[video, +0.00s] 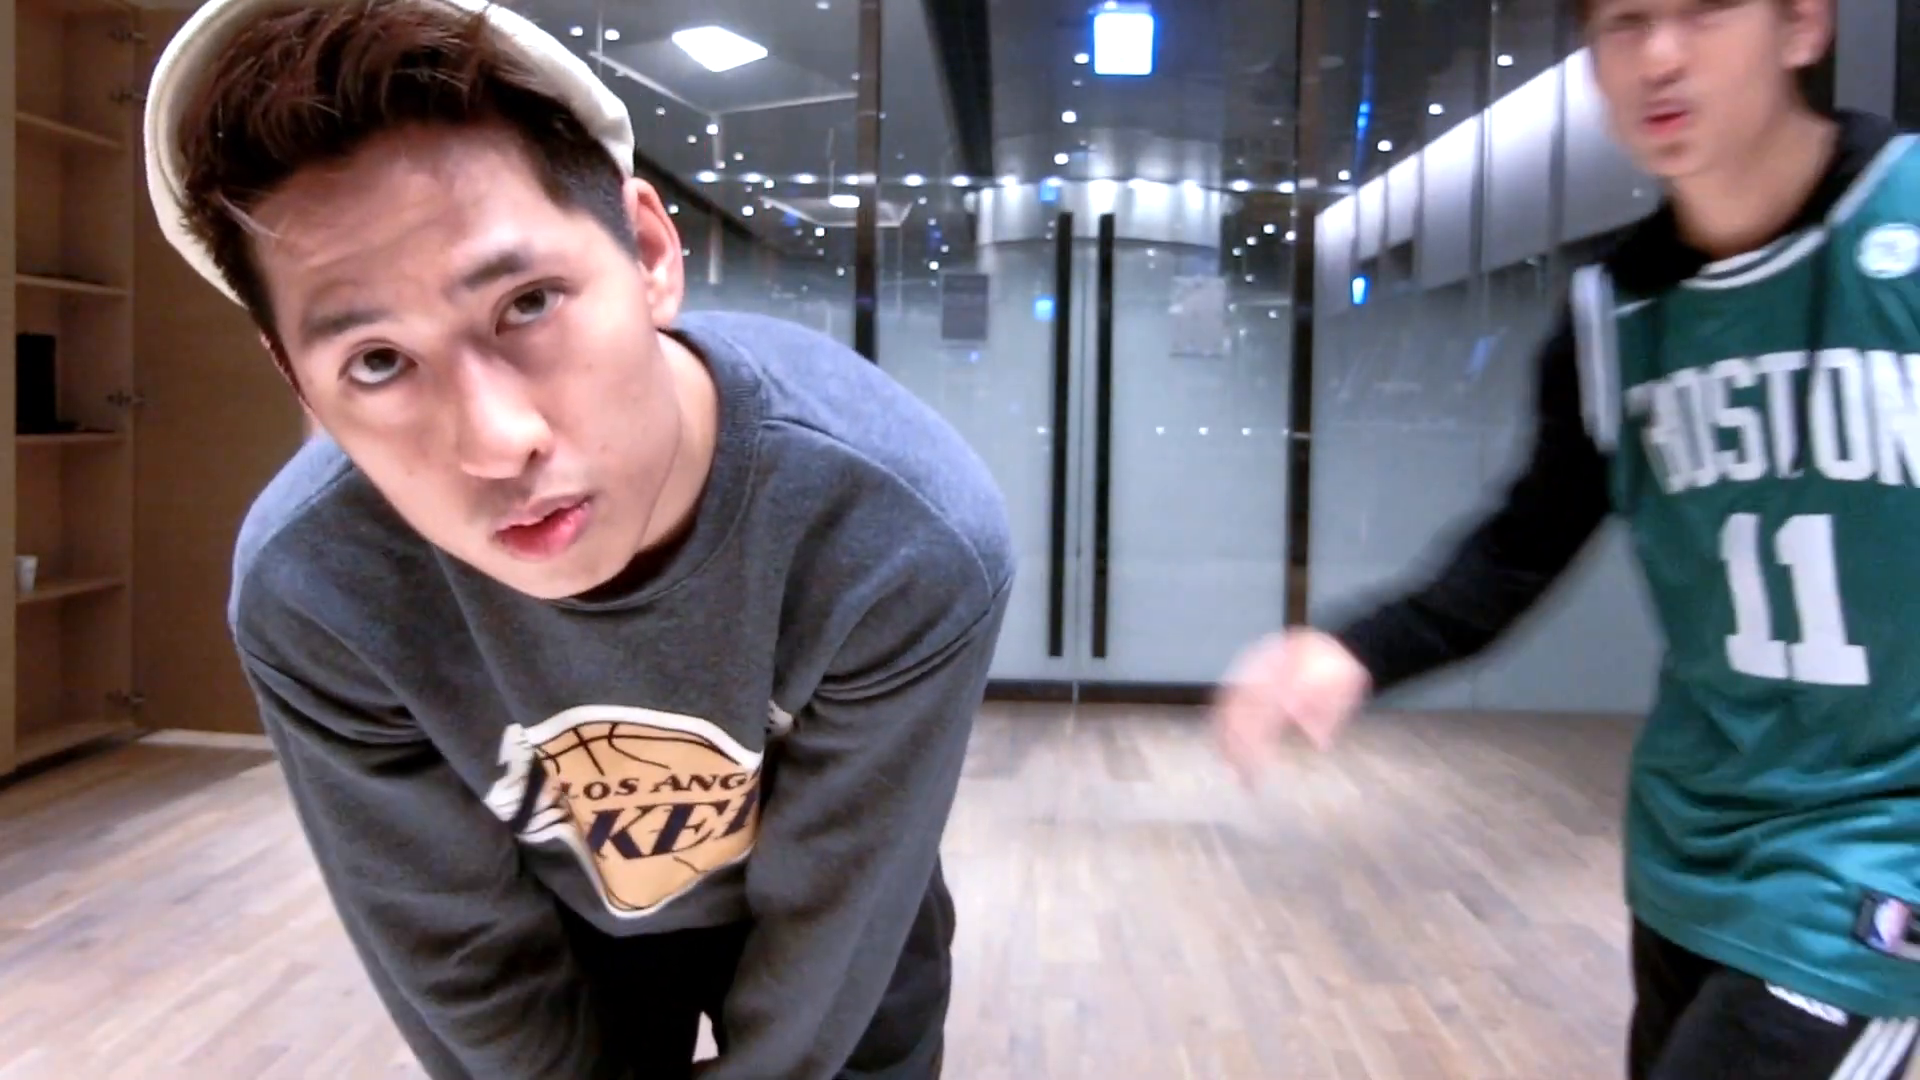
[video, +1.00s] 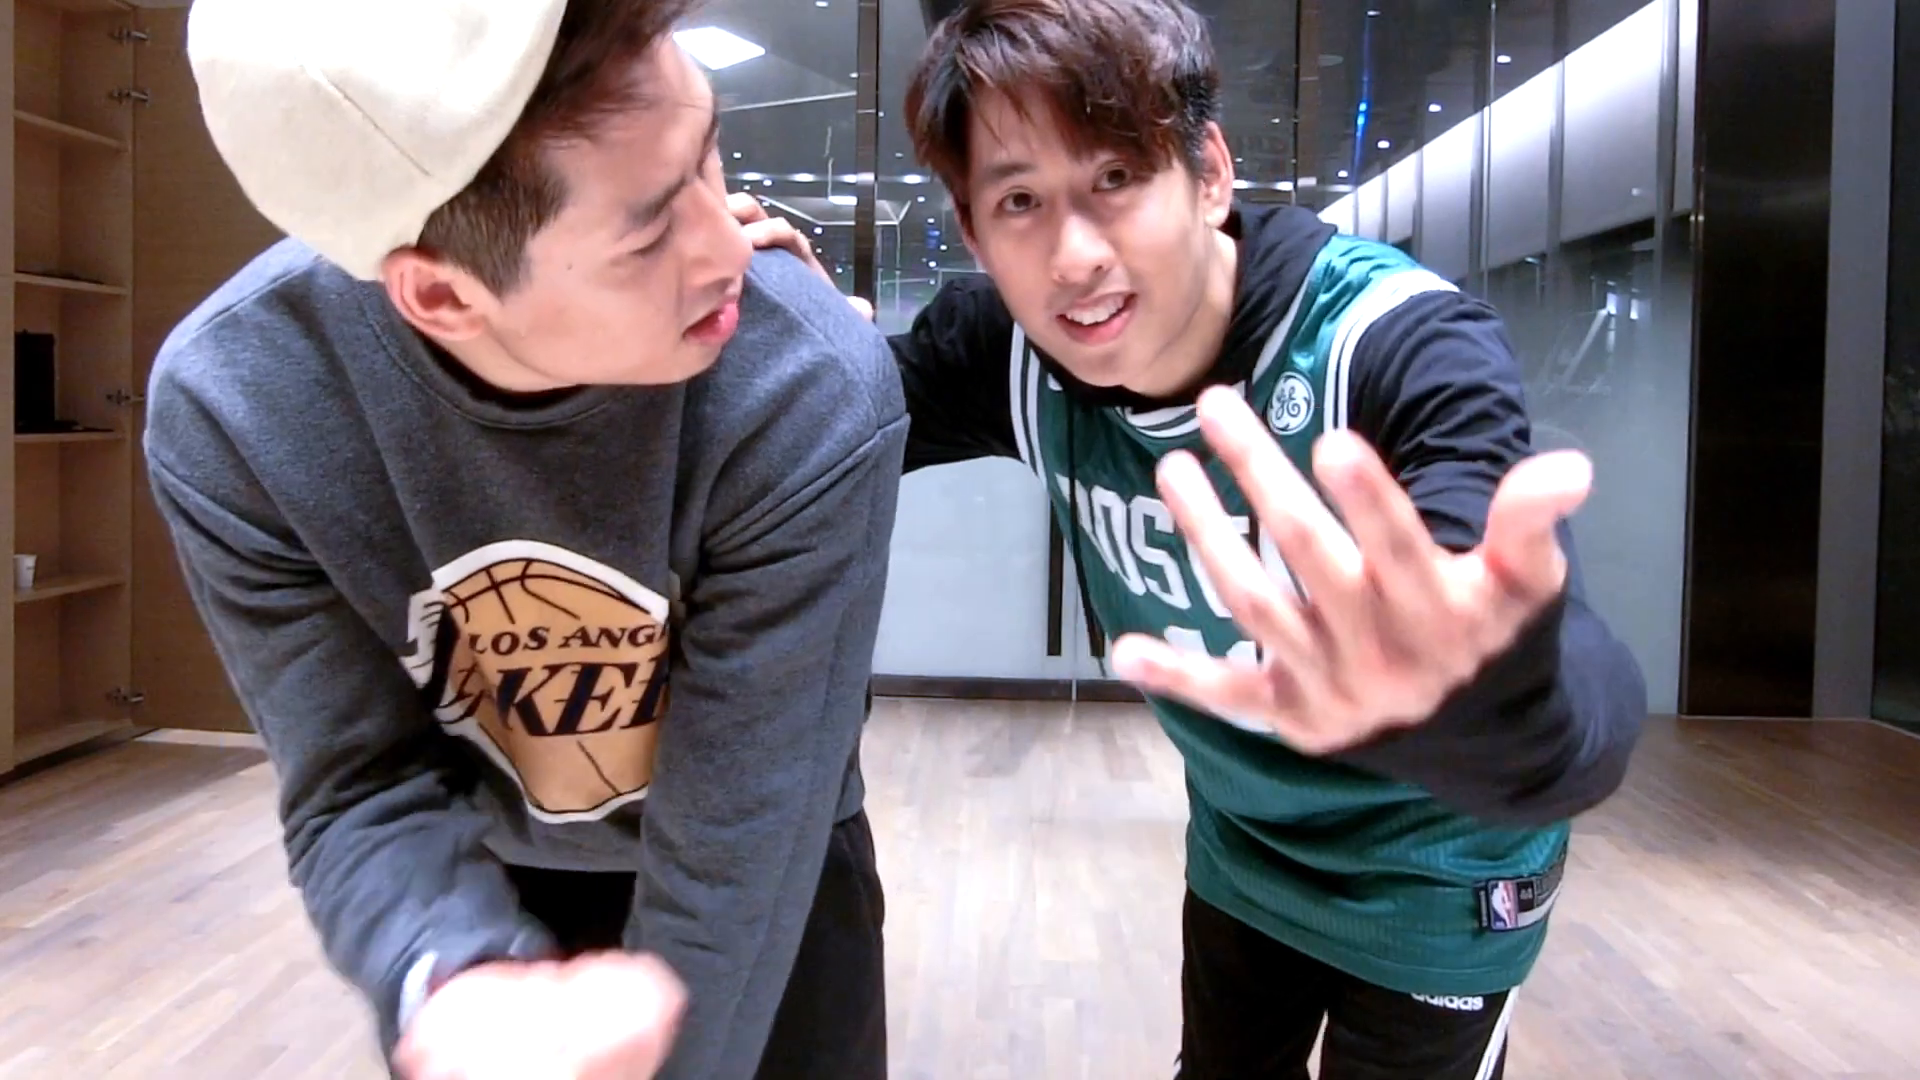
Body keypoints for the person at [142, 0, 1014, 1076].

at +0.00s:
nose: (495, 443)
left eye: (527, 304)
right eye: (379, 364)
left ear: (652, 256)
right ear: (303, 389)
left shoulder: (906, 541)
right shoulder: (309, 592)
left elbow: (817, 966)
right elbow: (482, 998)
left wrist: (770, 1061)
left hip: (836, 918)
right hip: (562, 944)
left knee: (861, 1060)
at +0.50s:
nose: (460, 484)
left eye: (509, 377)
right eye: (362, 411)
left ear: (629, 261)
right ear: (289, 373)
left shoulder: (852, 485)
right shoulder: (267, 521)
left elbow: (801, 978)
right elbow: (315, 998)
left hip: (771, 903)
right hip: (507, 896)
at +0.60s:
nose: (606, 364)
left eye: (625, 254)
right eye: (503, 319)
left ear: (656, 192)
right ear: (330, 309)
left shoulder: (834, 460)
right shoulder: (257, 475)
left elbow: (776, 973)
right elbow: (252, 959)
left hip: (782, 882)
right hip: (508, 876)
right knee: (472, 1058)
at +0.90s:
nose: (729, 253)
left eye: (713, 162)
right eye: (648, 237)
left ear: (711, 114)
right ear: (443, 302)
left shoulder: (815, 397)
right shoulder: (235, 409)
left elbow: (698, 888)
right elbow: (319, 833)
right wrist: (361, 1060)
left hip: (759, 866)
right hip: (485, 873)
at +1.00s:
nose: (731, 249)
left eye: (710, 157)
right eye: (648, 236)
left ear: (707, 108)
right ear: (442, 301)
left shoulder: (810, 390)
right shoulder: (228, 406)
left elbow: (723, 868)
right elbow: (358, 785)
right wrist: (455, 981)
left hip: (757, 867)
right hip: (488, 880)